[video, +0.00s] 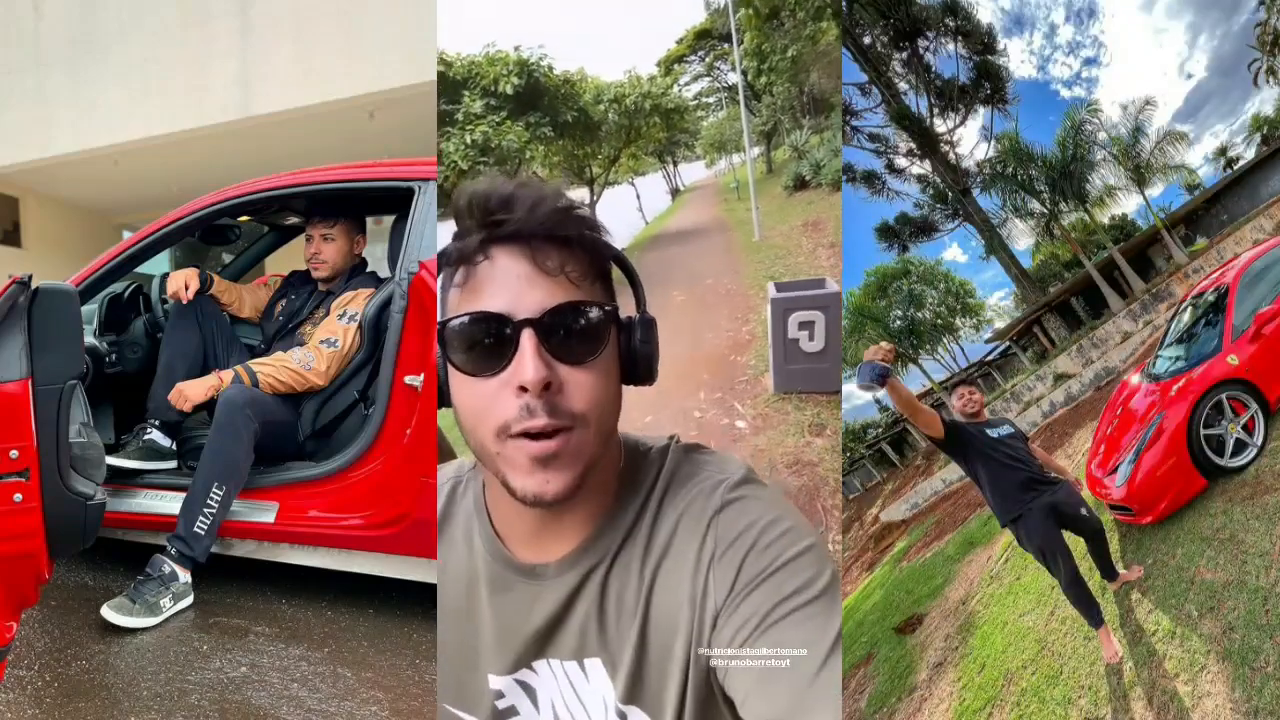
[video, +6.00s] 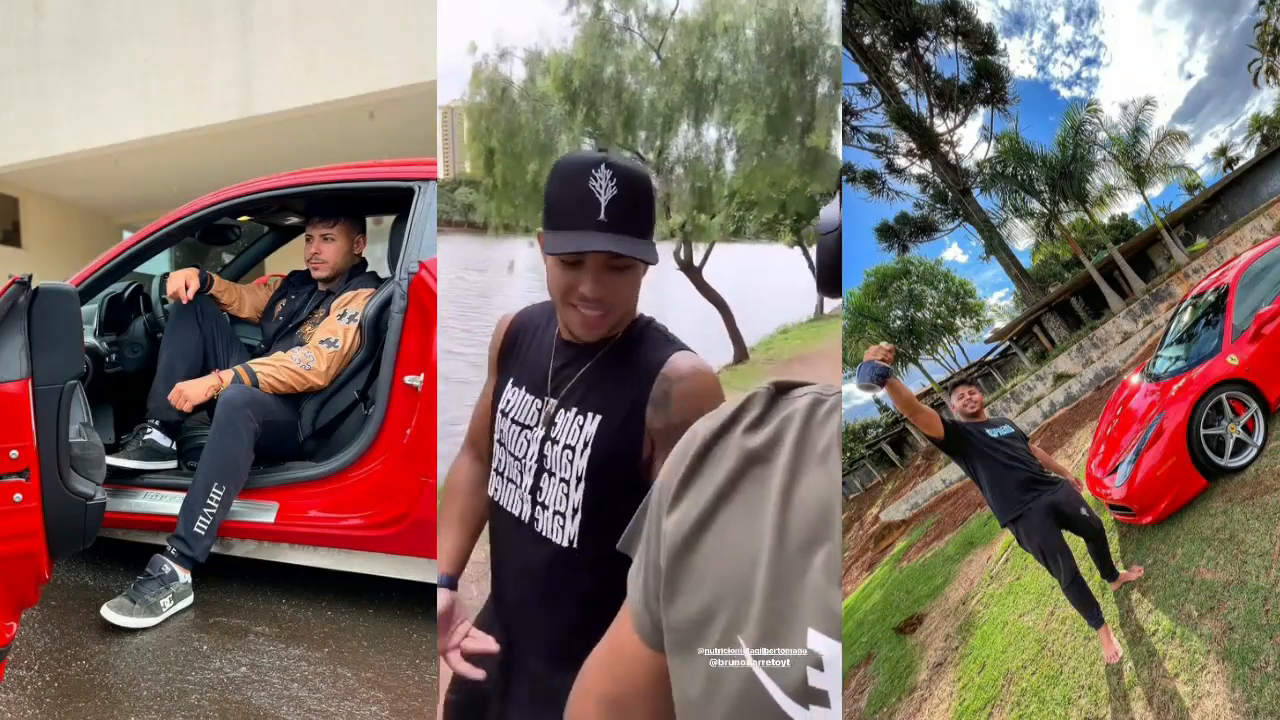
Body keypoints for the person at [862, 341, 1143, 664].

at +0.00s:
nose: (966, 397)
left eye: (971, 392)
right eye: (959, 397)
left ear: (983, 398)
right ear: (953, 410)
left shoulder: (1004, 424)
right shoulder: (956, 436)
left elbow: (1037, 454)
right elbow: (917, 413)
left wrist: (1067, 475)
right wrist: (886, 376)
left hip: (1051, 489)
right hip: (1022, 512)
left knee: (1093, 527)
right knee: (1065, 570)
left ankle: (1114, 576)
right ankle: (1101, 627)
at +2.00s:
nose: (967, 397)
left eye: (971, 392)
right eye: (959, 397)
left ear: (983, 398)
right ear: (953, 410)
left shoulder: (1003, 424)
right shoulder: (957, 436)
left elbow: (1037, 454)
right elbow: (916, 412)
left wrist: (1067, 475)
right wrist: (885, 374)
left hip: (1052, 489)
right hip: (1022, 512)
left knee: (1094, 528)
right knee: (1065, 571)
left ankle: (1114, 576)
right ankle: (1101, 628)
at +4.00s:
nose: (967, 397)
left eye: (971, 392)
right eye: (959, 397)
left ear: (983, 398)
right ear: (953, 410)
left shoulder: (1003, 424)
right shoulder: (957, 436)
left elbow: (1037, 454)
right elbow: (916, 412)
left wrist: (1067, 476)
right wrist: (885, 375)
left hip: (1051, 489)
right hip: (1021, 512)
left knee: (1094, 528)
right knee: (1066, 571)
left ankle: (1113, 576)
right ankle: (1101, 629)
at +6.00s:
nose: (967, 397)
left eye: (971, 392)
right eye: (959, 398)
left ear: (983, 398)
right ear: (953, 411)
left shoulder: (1004, 424)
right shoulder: (957, 436)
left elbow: (1037, 454)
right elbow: (916, 412)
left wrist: (1068, 475)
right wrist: (885, 374)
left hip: (1051, 489)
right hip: (1022, 512)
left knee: (1093, 528)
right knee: (1066, 572)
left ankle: (1114, 576)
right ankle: (1101, 628)